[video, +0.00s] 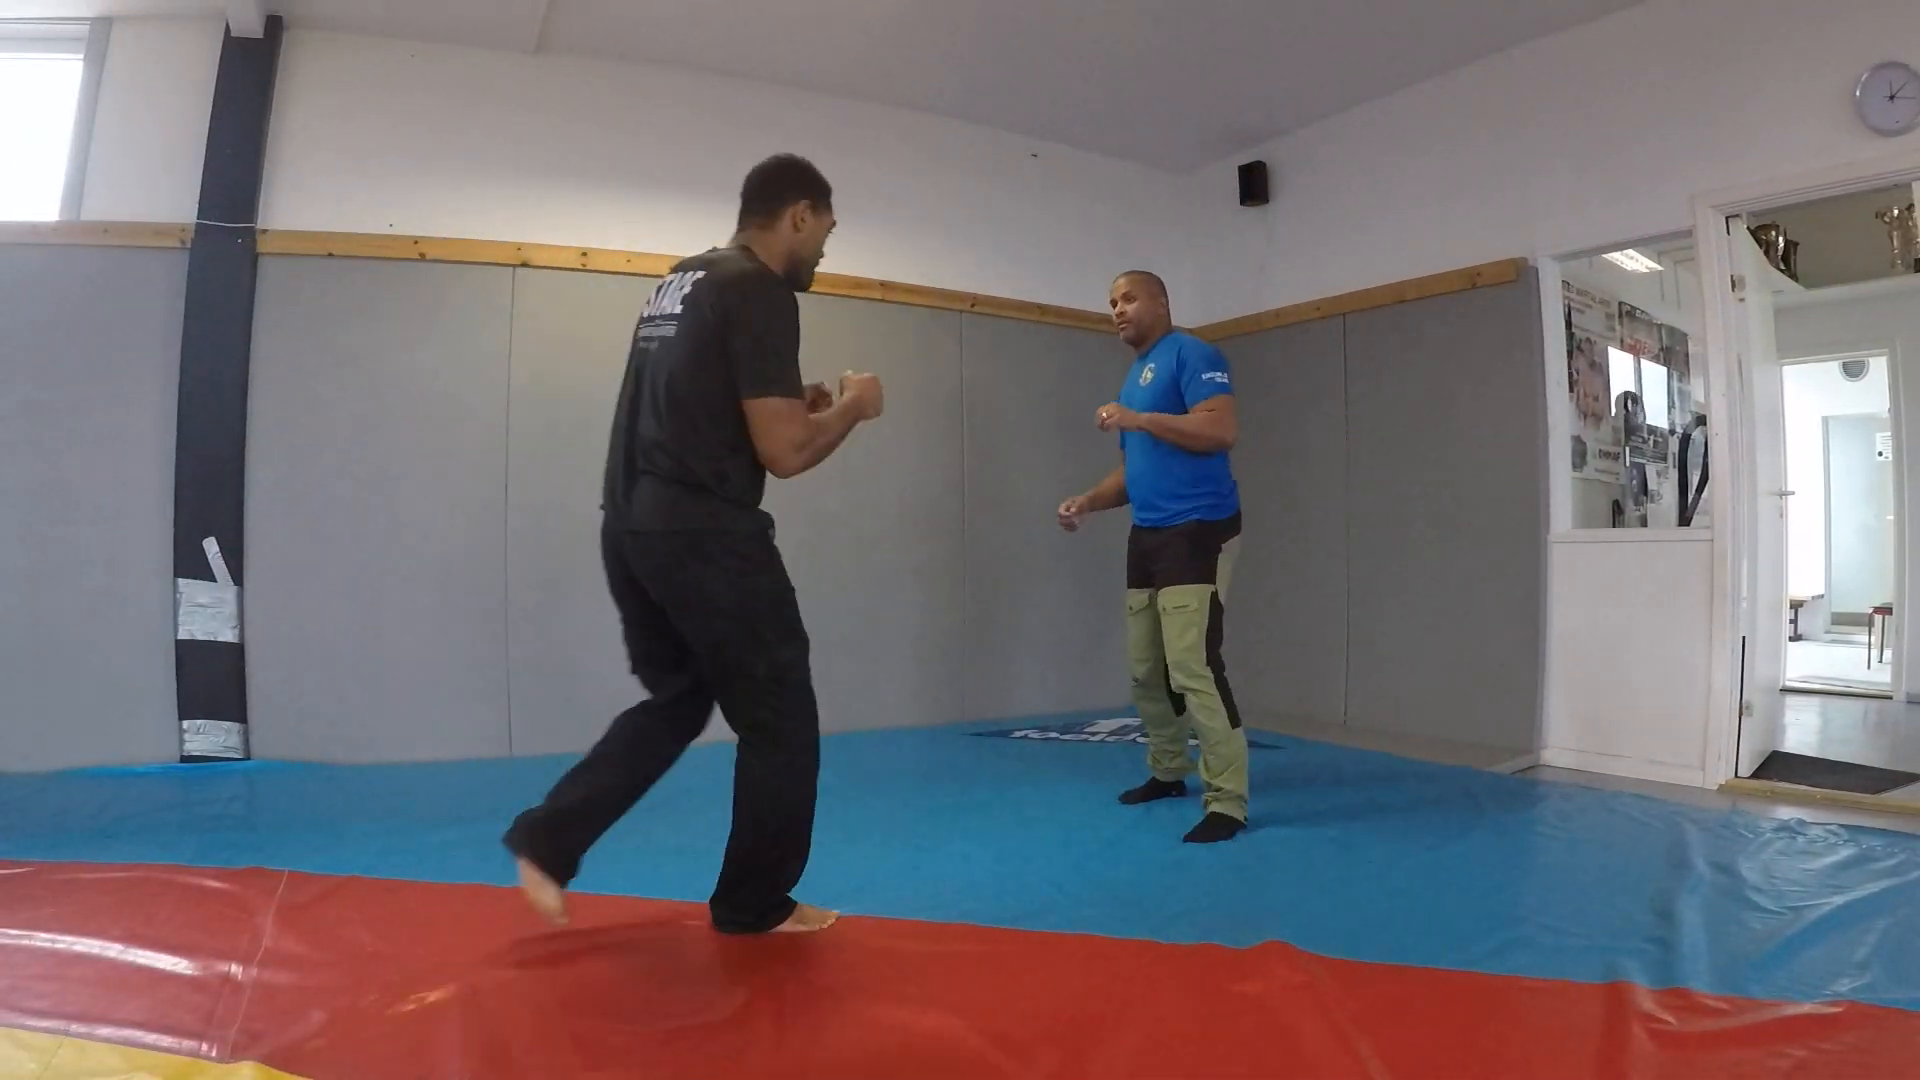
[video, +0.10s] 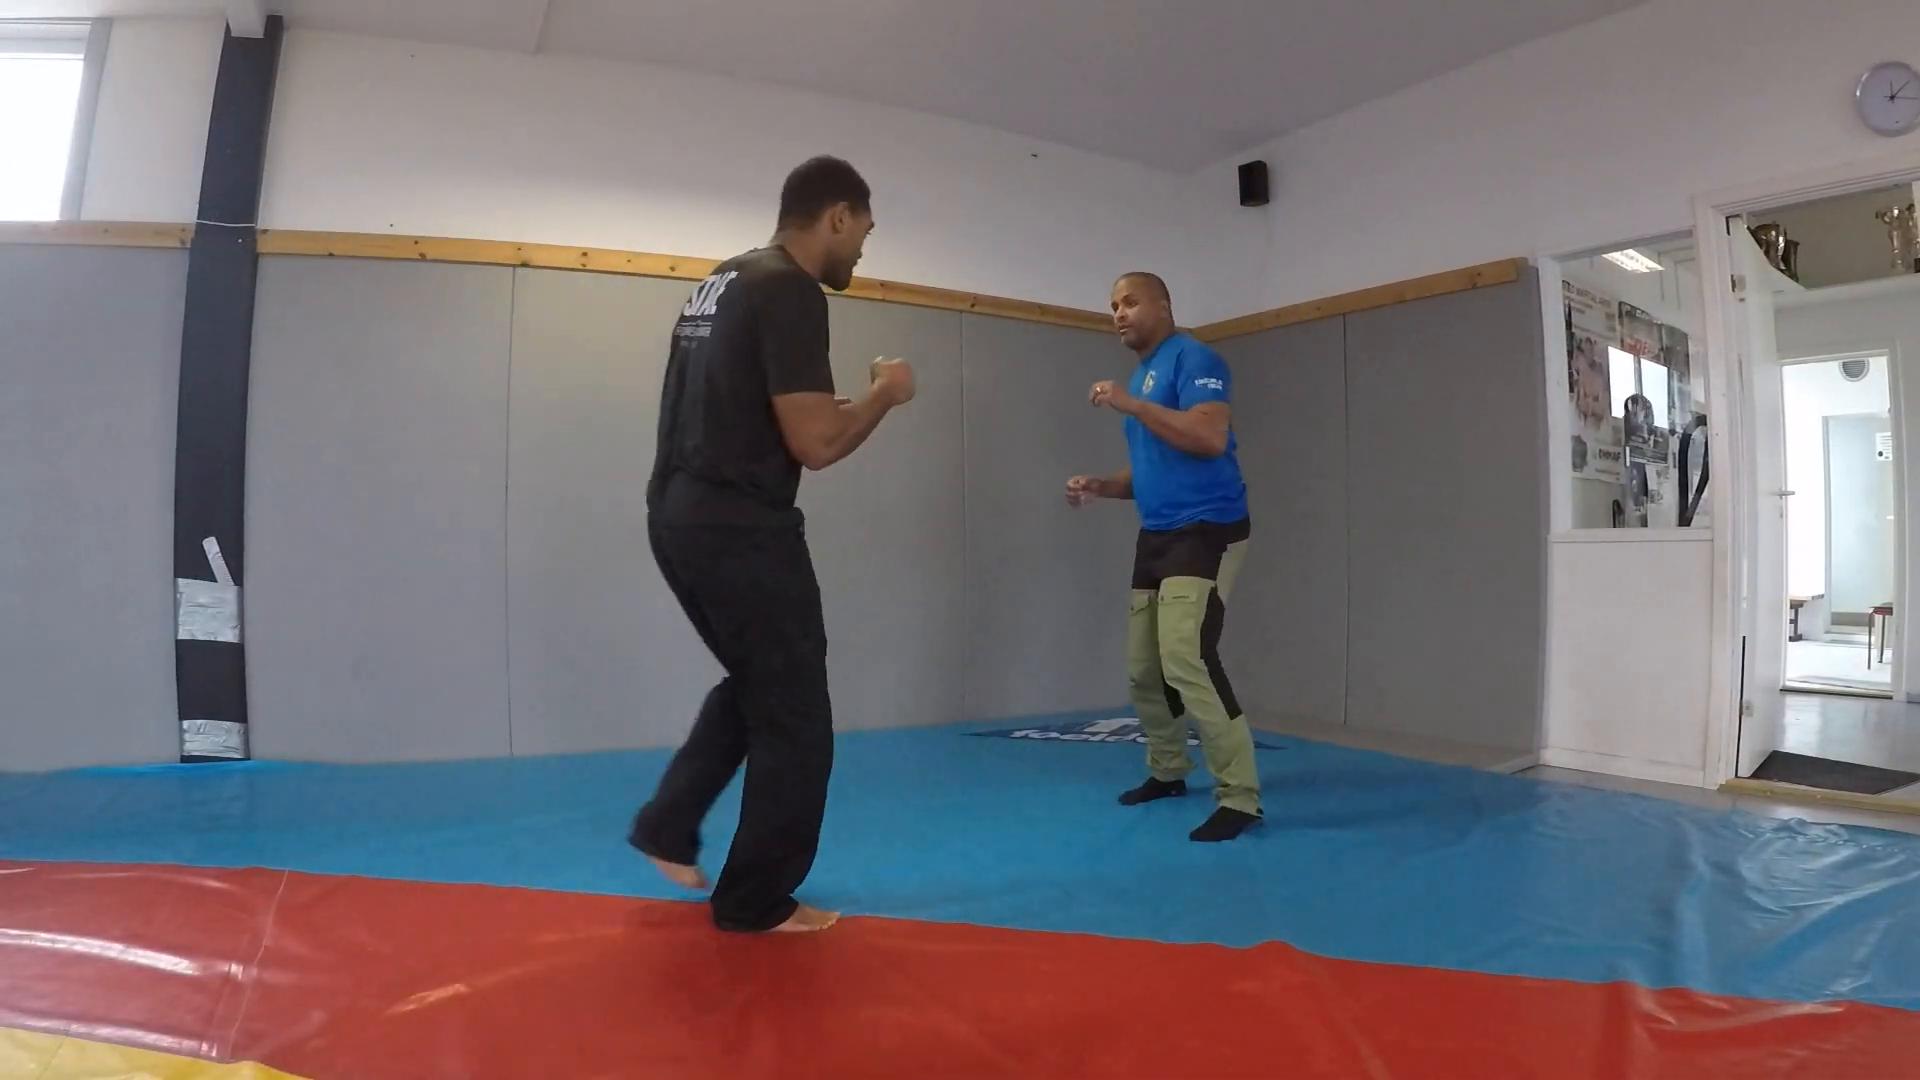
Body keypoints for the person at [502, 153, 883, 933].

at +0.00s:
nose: (824, 249)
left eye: (828, 234)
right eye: (826, 231)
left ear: (753, 215)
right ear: (798, 217)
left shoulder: (686, 278)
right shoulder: (758, 290)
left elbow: (703, 416)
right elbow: (788, 449)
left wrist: (799, 404)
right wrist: (850, 410)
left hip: (634, 528)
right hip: (710, 536)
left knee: (680, 697)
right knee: (782, 718)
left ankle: (548, 841)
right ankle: (753, 902)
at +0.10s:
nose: (865, 244)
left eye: (867, 229)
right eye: (865, 227)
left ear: (796, 217)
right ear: (836, 217)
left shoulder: (726, 282)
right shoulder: (787, 293)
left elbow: (734, 421)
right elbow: (818, 442)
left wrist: (843, 407)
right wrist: (883, 396)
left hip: (684, 519)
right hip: (744, 531)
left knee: (758, 680)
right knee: (797, 719)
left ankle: (666, 829)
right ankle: (755, 901)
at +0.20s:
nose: (895, 250)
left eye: (897, 235)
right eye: (894, 232)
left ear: (834, 219)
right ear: (867, 218)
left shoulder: (775, 281)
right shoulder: (808, 287)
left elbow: (851, 418)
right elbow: (852, 425)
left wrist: (901, 379)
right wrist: (915, 369)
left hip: (737, 506)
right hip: (763, 515)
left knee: (804, 677)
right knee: (802, 693)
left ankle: (787, 833)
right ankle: (753, 899)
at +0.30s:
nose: (921, 266)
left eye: (922, 251)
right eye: (919, 249)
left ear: (872, 238)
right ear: (891, 236)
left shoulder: (829, 304)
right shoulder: (817, 300)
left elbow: (878, 417)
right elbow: (876, 421)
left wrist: (929, 356)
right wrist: (938, 351)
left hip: (795, 519)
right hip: (776, 520)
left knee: (849, 676)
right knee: (812, 703)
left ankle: (888, 808)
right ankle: (753, 899)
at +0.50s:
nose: (963, 318)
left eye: (965, 307)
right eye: (962, 304)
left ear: (924, 294)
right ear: (932, 292)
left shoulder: (915, 363)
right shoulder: (848, 343)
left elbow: (976, 400)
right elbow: (844, 437)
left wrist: (1048, 358)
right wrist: (940, 393)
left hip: (863, 548)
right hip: (818, 547)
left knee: (917, 677)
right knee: (868, 705)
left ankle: (912, 813)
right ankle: (766, 879)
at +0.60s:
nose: (972, 331)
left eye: (974, 322)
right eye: (972, 319)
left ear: (935, 306)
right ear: (948, 304)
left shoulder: (922, 367)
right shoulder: (879, 339)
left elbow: (998, 402)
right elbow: (858, 407)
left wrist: (1080, 391)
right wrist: (950, 373)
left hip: (870, 539)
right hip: (836, 537)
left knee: (911, 679)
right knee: (889, 692)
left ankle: (913, 813)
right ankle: (783, 852)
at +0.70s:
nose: (976, 348)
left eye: (980, 337)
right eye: (975, 331)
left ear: (925, 304)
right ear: (950, 310)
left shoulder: (901, 370)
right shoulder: (912, 327)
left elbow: (959, 427)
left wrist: (1033, 424)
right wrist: (1005, 320)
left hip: (849, 527)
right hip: (857, 526)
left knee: (900, 674)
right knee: (885, 687)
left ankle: (909, 813)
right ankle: (766, 835)